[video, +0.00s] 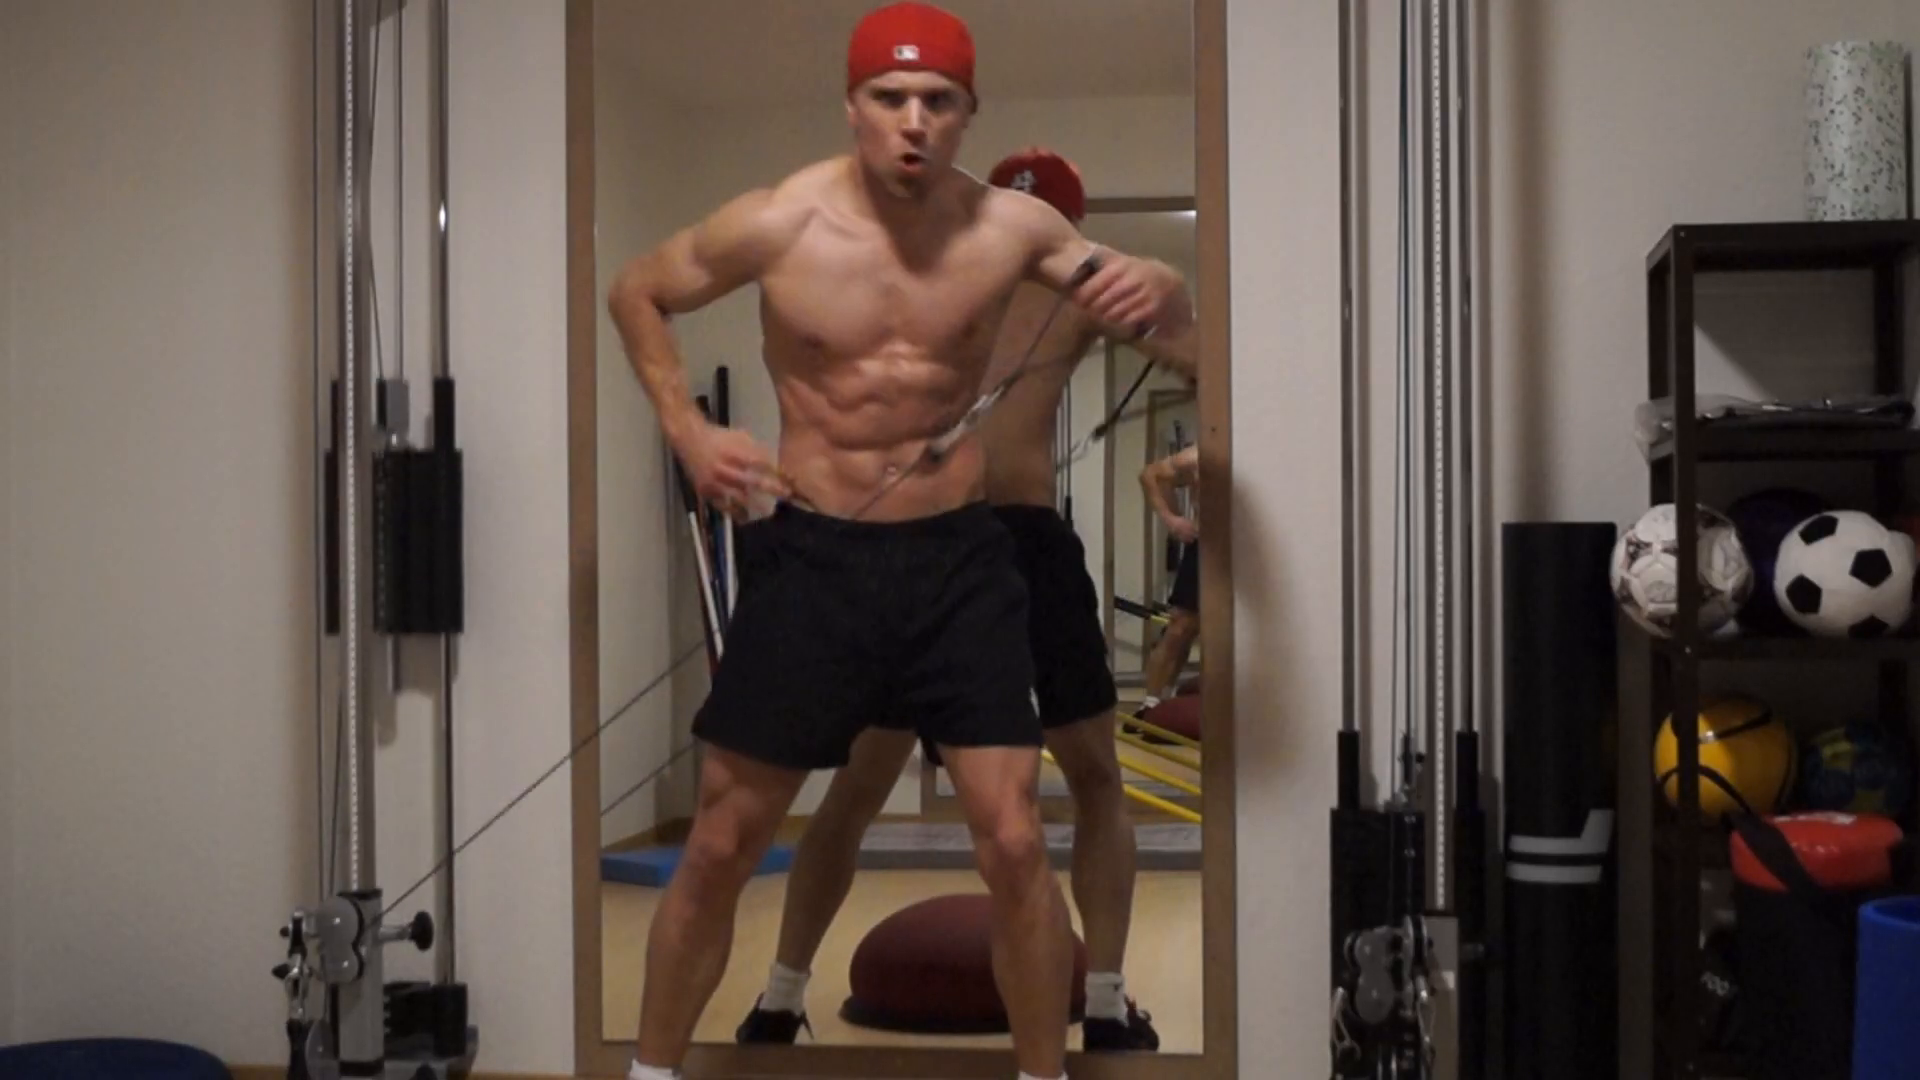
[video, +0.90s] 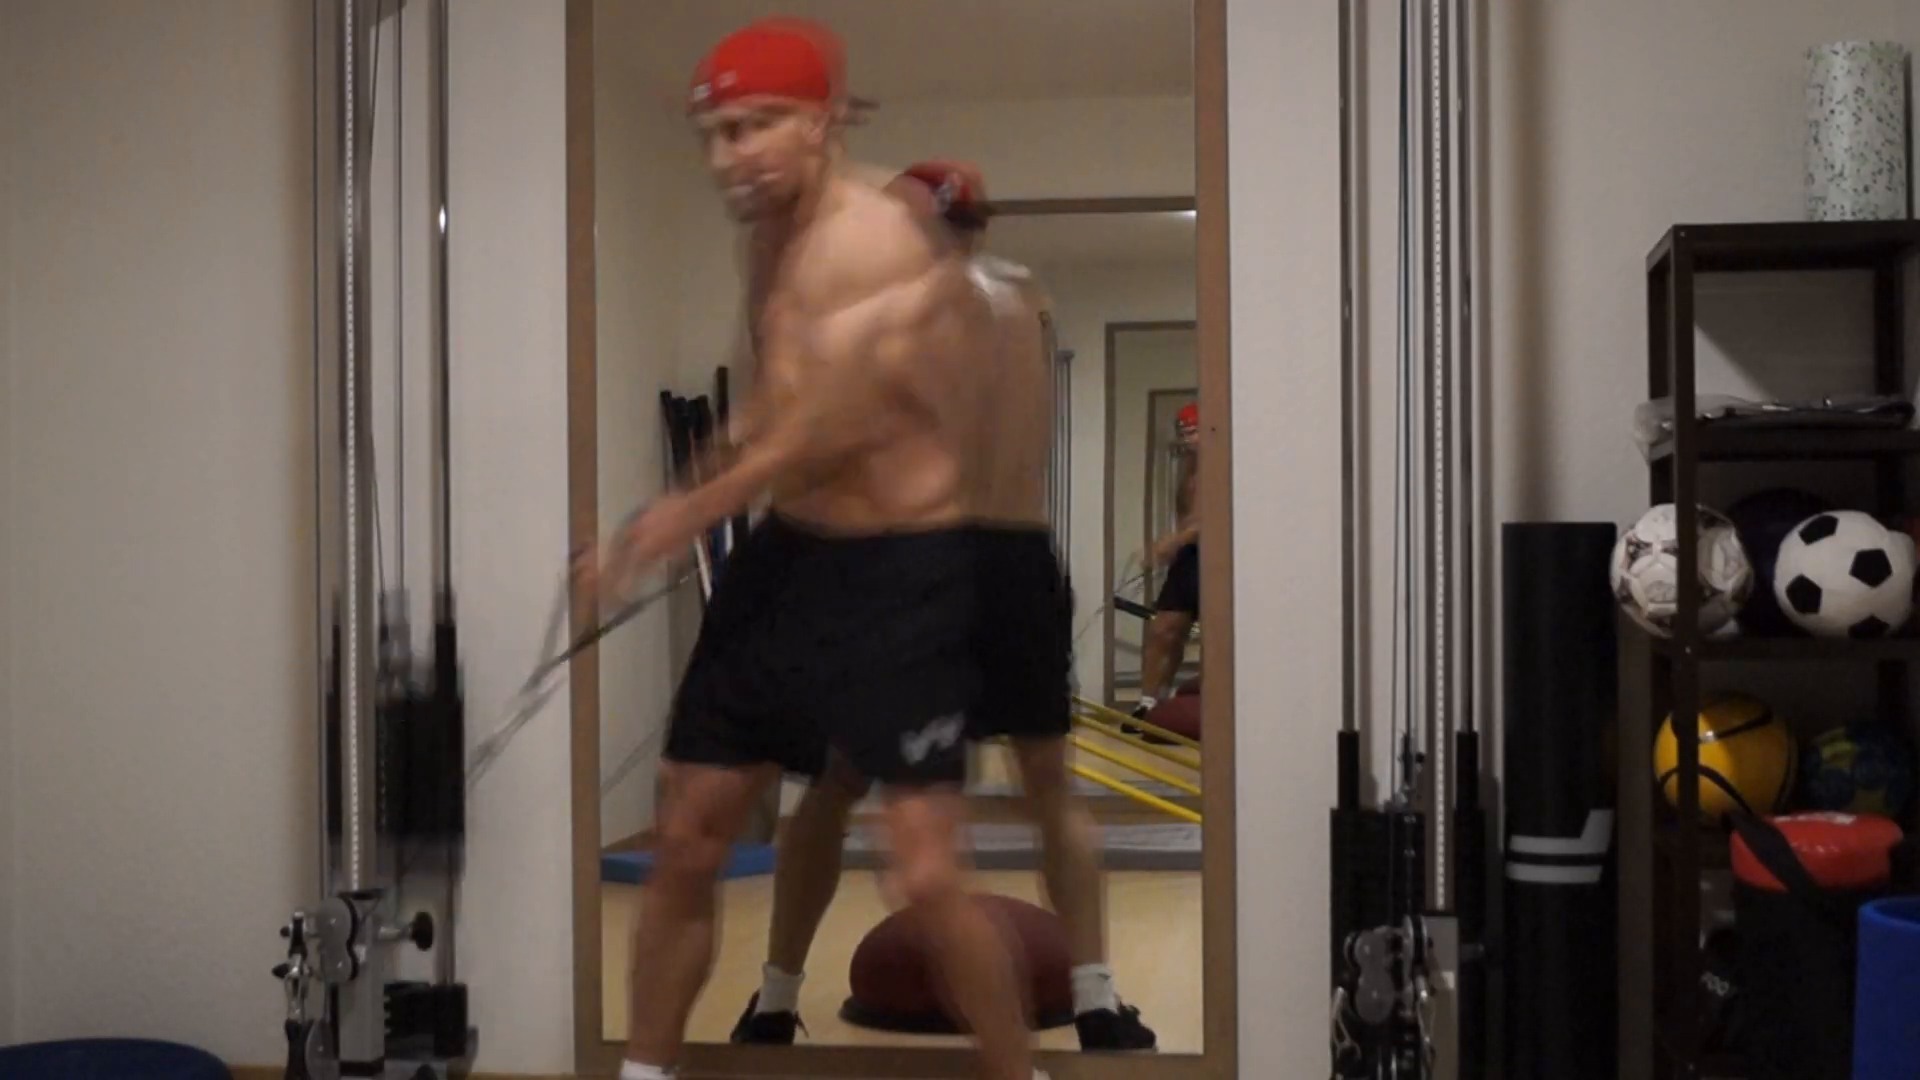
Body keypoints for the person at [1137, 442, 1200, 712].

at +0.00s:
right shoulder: (1208, 456)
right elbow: (1151, 475)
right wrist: (1171, 518)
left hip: (1224, 549)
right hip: (1203, 545)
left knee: (1191, 629)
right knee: (1181, 627)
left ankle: (1166, 695)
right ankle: (1152, 699)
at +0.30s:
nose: (1210, 427)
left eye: (1215, 421)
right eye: (1204, 420)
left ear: (1225, 425)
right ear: (1197, 420)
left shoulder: (1235, 460)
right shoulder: (1184, 458)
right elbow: (1152, 481)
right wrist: (1173, 525)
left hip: (1225, 549)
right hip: (1193, 547)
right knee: (1175, 629)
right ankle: (1151, 699)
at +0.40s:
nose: (1190, 431)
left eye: (1195, 424)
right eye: (1185, 425)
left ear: (1207, 426)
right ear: (1178, 430)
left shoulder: (1217, 463)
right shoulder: (1173, 466)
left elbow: (1229, 502)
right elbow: (1175, 510)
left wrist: (1205, 517)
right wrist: (1183, 525)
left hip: (1218, 549)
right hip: (1189, 547)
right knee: (1171, 623)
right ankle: (1150, 697)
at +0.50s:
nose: (1176, 434)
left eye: (1182, 426)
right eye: (1173, 427)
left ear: (1201, 426)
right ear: (1173, 430)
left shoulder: (1212, 459)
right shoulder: (1183, 461)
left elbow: (1216, 513)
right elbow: (1195, 510)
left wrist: (1177, 529)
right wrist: (1182, 534)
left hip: (1213, 549)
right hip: (1189, 547)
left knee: (1217, 630)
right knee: (1166, 624)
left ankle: (1210, 702)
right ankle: (1150, 699)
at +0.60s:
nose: (1169, 437)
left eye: (1175, 430)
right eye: (1167, 431)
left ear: (1194, 431)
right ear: (1185, 434)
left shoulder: (1197, 460)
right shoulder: (1194, 459)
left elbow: (1191, 519)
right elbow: (1193, 521)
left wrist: (1150, 540)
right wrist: (1163, 543)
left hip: (1195, 552)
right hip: (1196, 550)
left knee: (1163, 624)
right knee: (1170, 626)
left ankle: (1148, 700)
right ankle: (1159, 697)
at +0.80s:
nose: (1173, 445)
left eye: (1179, 437)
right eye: (1171, 438)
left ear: (1198, 437)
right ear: (1176, 440)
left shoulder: (1198, 470)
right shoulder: (1202, 469)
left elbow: (1173, 522)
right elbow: (1182, 530)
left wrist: (1133, 556)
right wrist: (1149, 557)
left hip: (1199, 556)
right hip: (1195, 555)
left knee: (1164, 623)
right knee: (1167, 624)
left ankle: (1148, 700)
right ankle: (1153, 699)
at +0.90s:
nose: (1187, 439)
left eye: (1191, 432)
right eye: (1184, 433)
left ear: (1206, 431)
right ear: (1182, 437)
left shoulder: (1216, 466)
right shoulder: (1192, 468)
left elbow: (1209, 517)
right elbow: (1193, 517)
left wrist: (1175, 540)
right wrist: (1172, 545)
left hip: (1209, 550)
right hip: (1190, 551)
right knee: (1166, 626)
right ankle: (1150, 699)